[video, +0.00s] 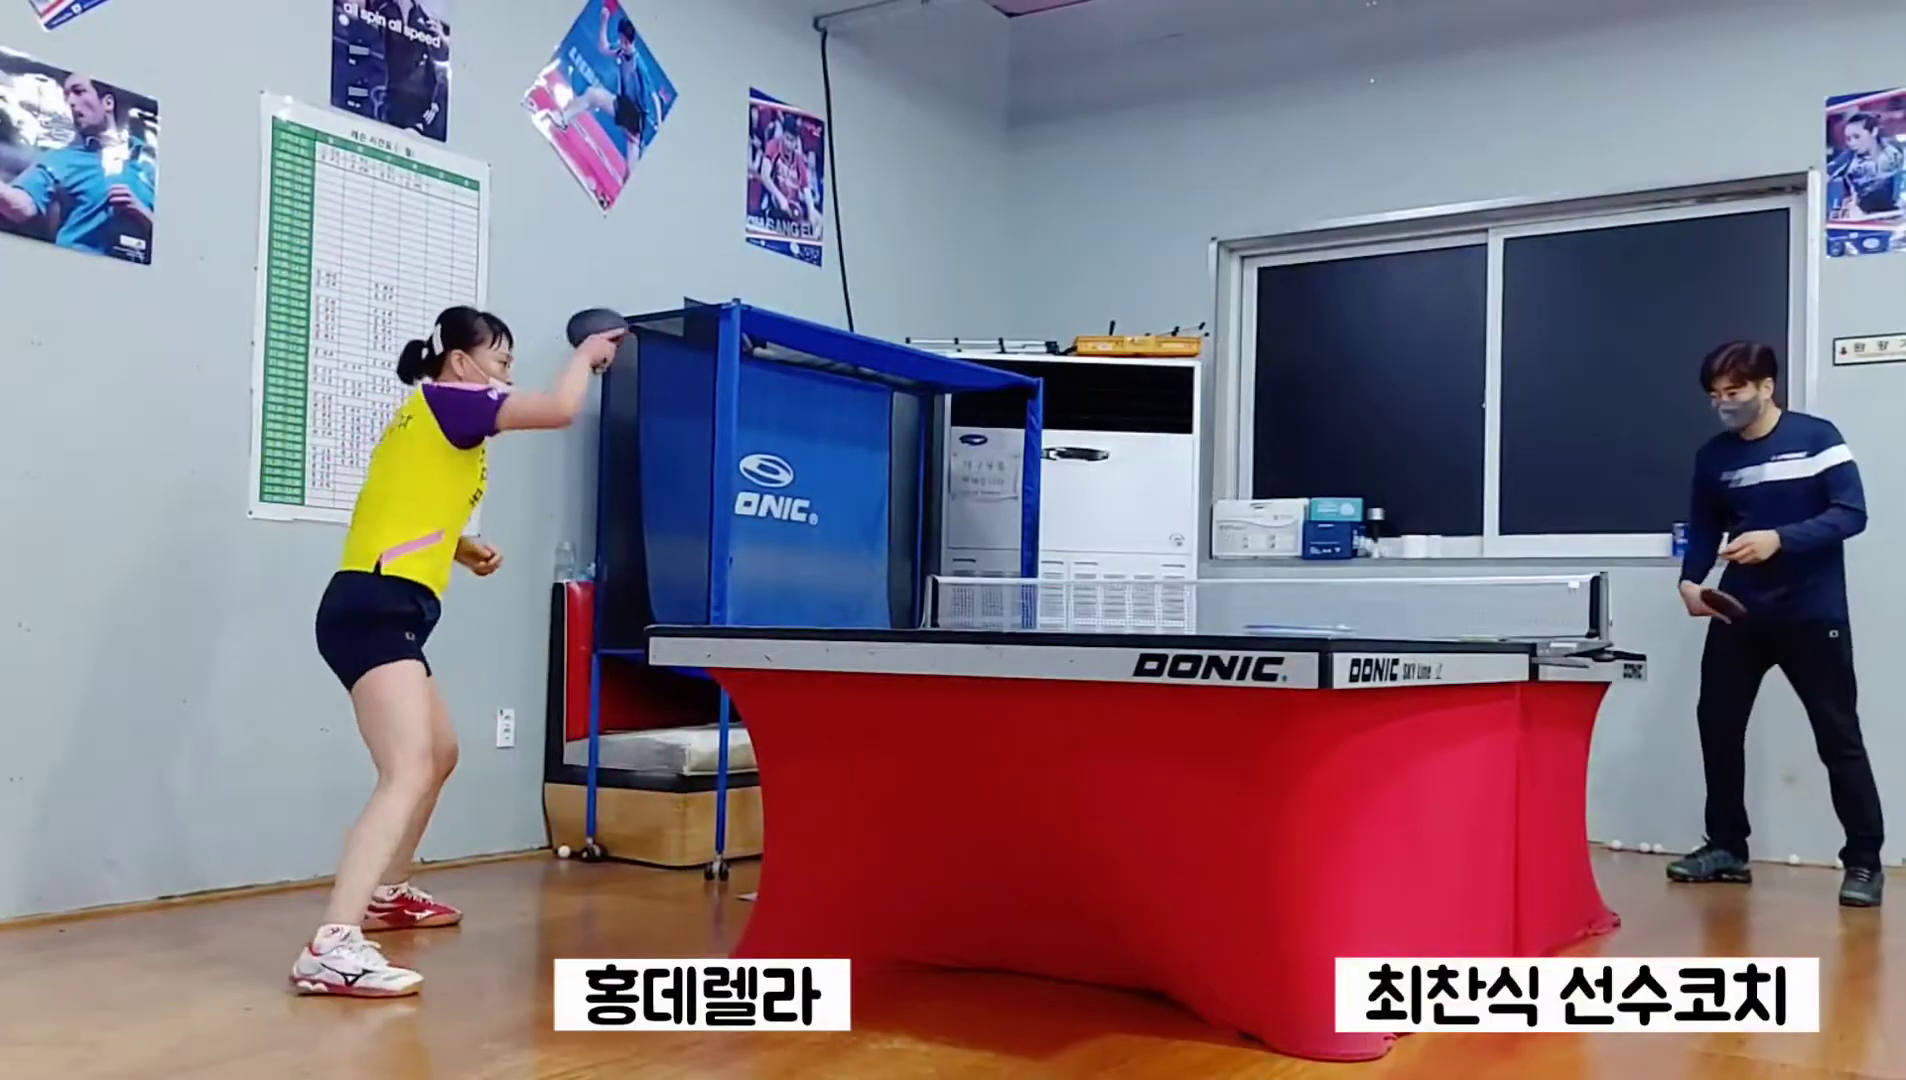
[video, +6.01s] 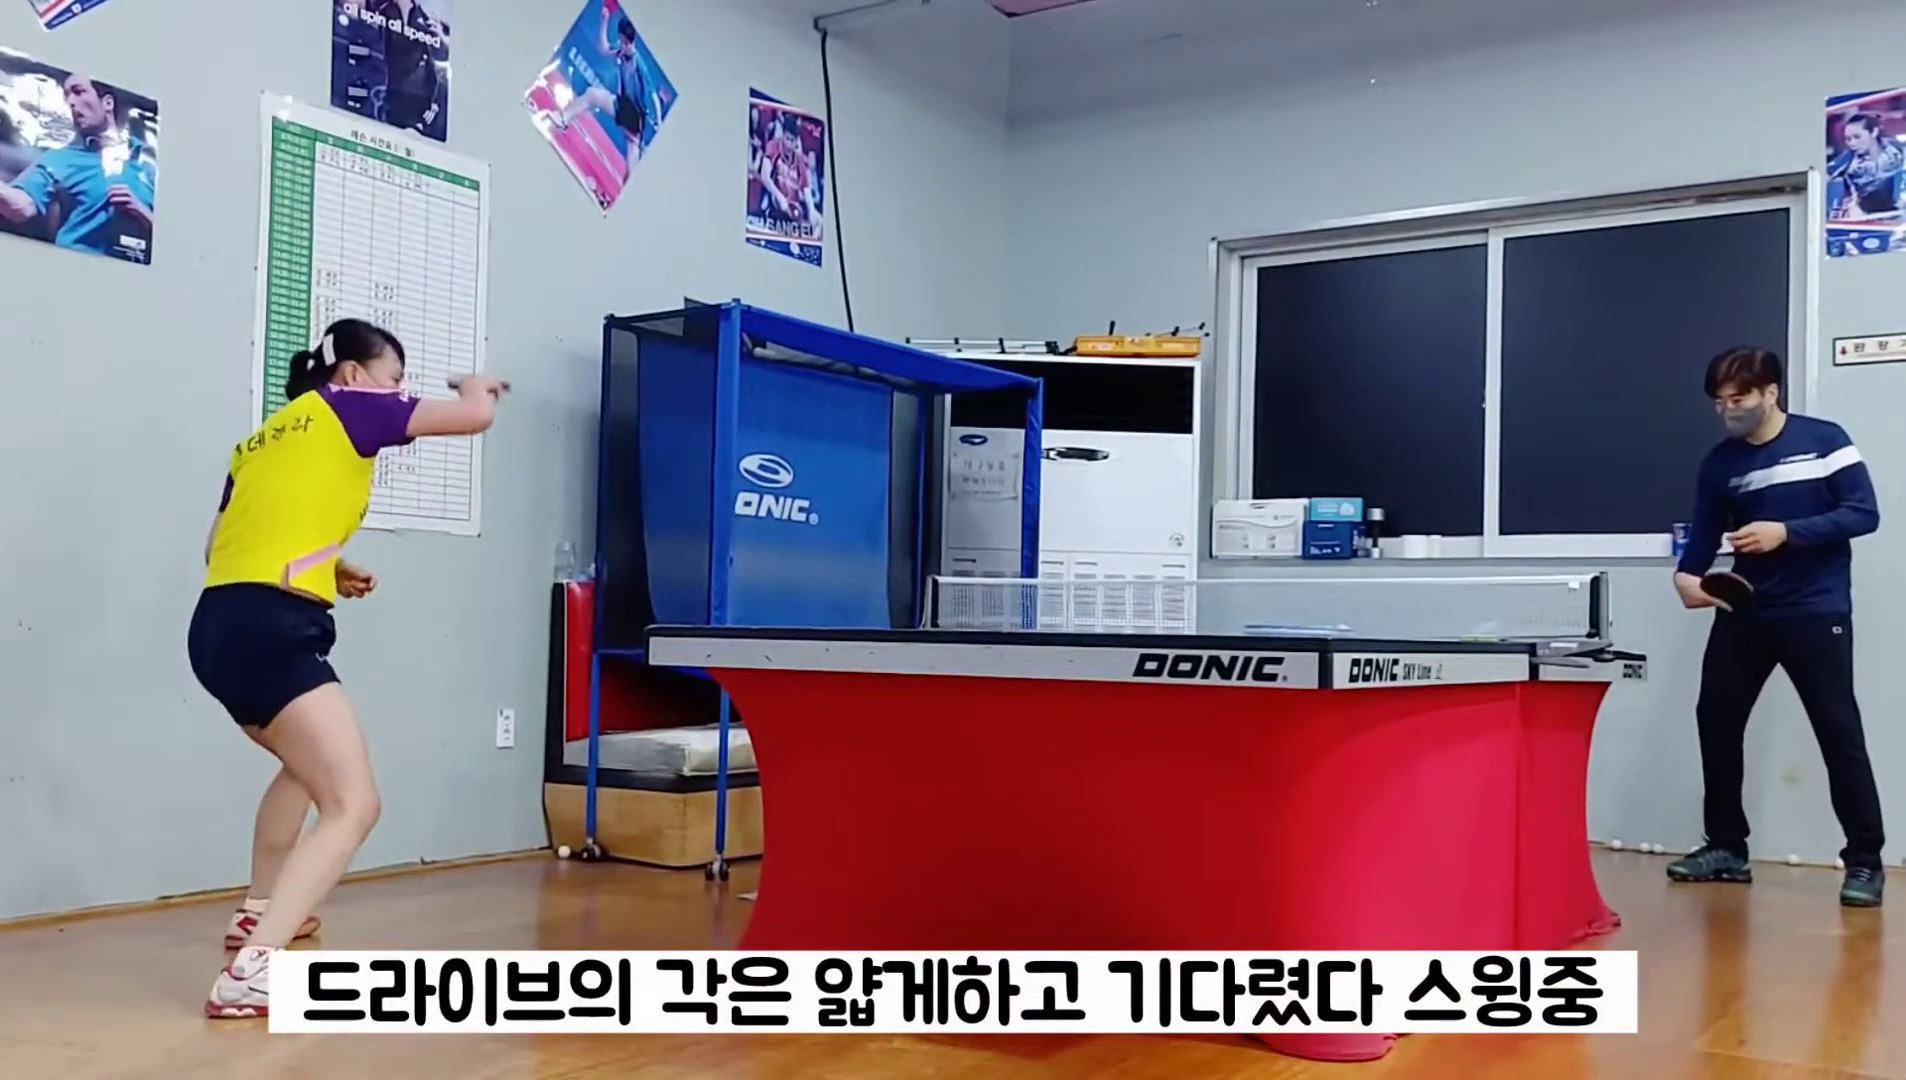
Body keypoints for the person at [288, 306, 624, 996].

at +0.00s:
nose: (507, 371)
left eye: (508, 362)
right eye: (498, 358)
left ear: (456, 361)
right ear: (459, 355)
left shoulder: (438, 417)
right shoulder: (445, 401)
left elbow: (404, 506)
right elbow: (562, 408)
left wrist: (459, 546)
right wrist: (583, 355)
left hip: (385, 611)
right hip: (371, 609)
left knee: (438, 754)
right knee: (407, 770)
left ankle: (384, 889)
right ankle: (332, 942)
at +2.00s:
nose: (424, 398)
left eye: (426, 388)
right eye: (419, 385)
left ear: (365, 384)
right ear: (379, 379)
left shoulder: (316, 429)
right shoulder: (371, 415)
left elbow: (302, 517)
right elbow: (489, 401)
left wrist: (363, 563)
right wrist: (487, 361)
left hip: (241, 622)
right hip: (283, 622)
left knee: (325, 772)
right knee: (358, 795)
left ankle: (279, 900)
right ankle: (267, 952)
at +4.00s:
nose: (411, 402)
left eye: (413, 392)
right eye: (406, 390)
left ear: (349, 382)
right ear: (367, 380)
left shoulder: (293, 438)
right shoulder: (371, 414)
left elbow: (295, 530)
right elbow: (491, 398)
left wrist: (366, 577)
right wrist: (482, 365)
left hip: (225, 635)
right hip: (291, 629)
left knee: (311, 767)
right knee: (383, 814)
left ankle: (281, 910)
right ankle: (286, 981)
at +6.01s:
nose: (396, 393)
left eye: (398, 382)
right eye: (390, 379)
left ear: (326, 376)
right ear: (351, 371)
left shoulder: (257, 441)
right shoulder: (351, 406)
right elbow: (474, 416)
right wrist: (481, 386)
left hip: (214, 628)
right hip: (270, 625)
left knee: (303, 770)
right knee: (353, 806)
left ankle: (260, 911)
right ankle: (251, 970)